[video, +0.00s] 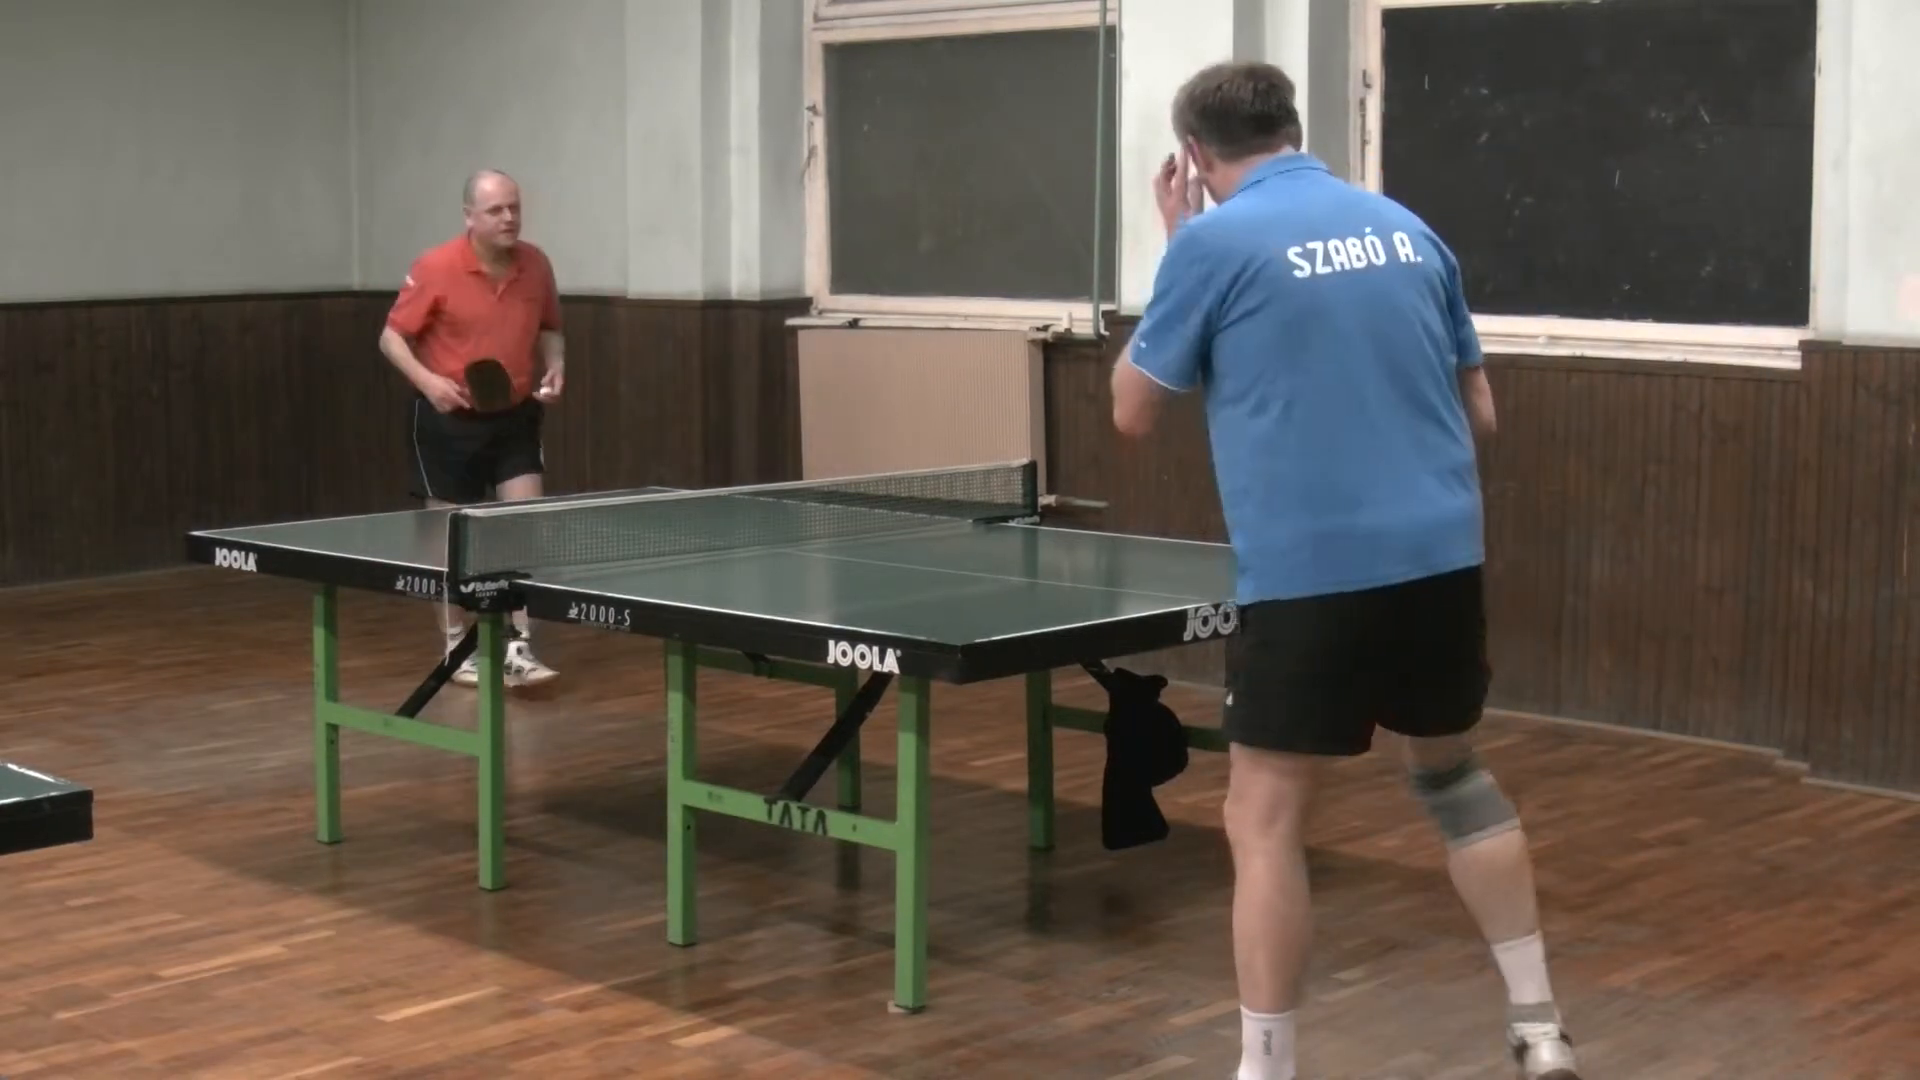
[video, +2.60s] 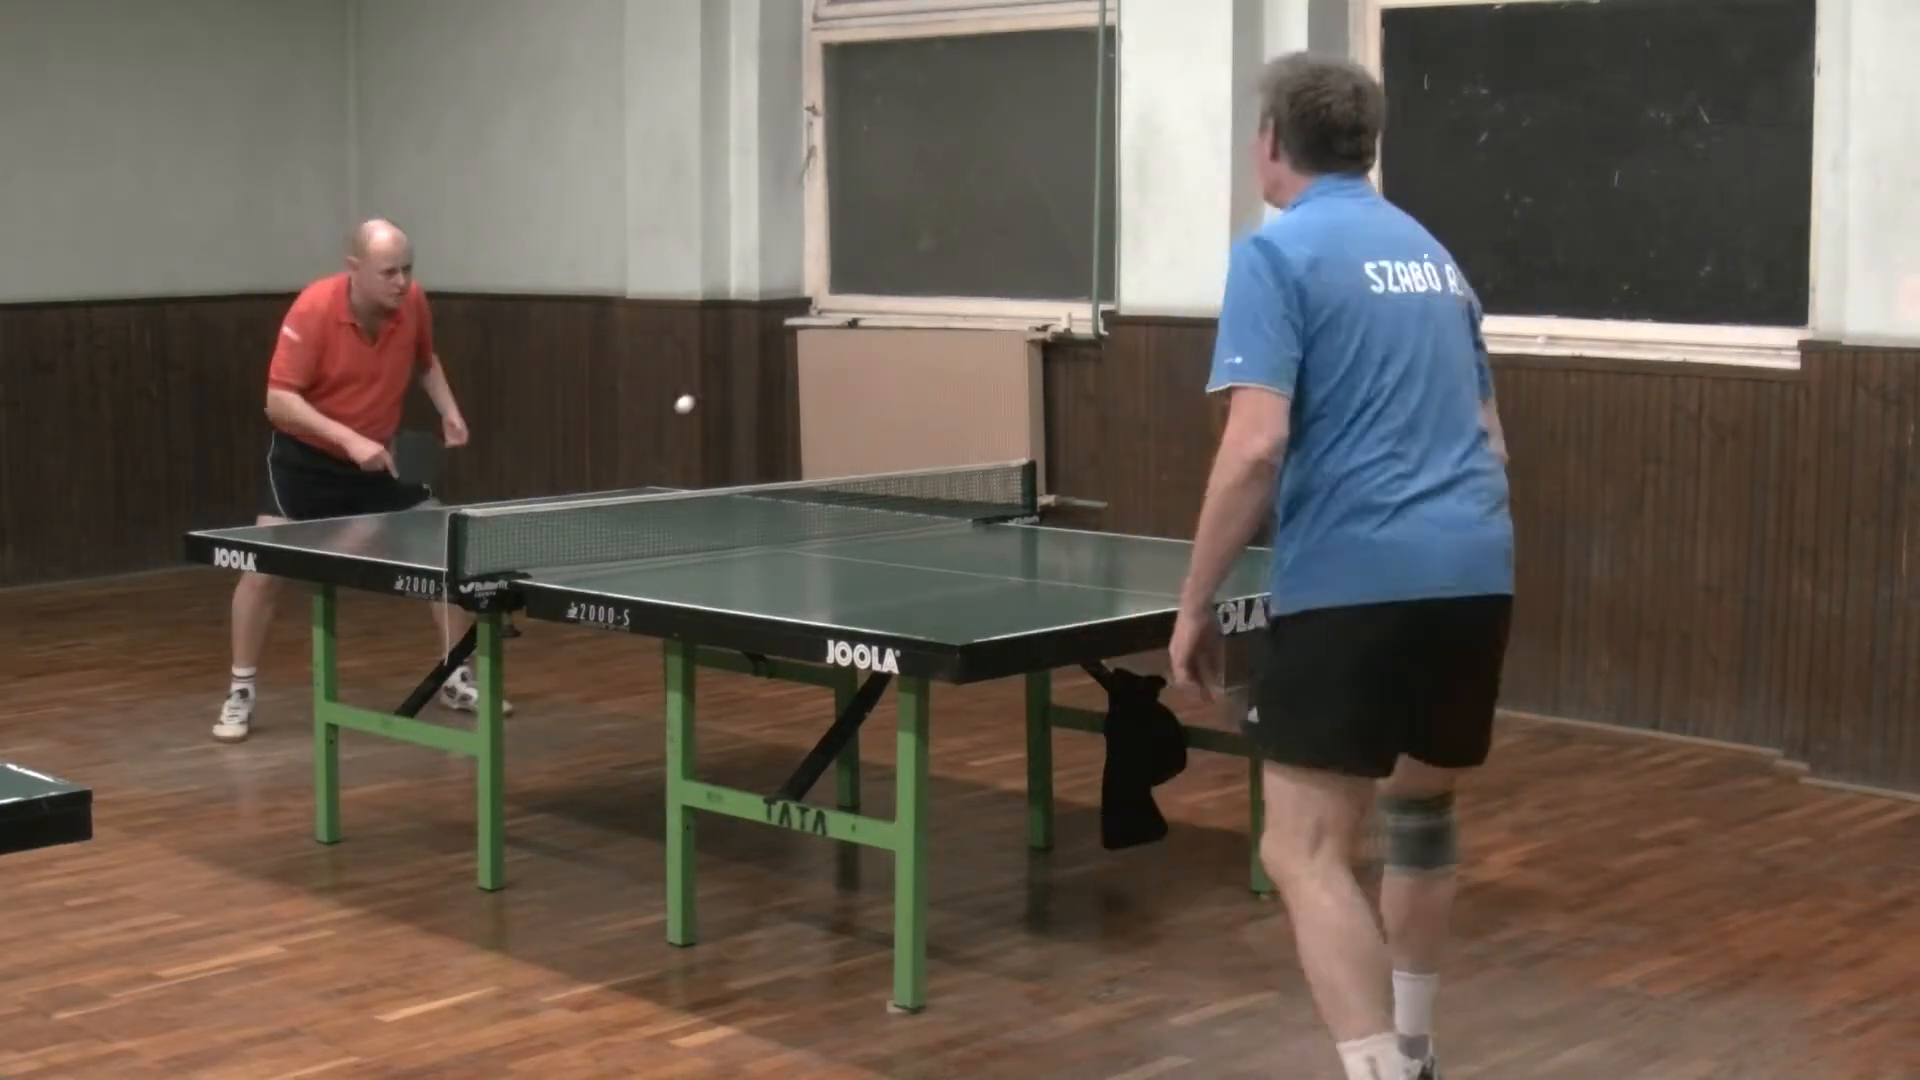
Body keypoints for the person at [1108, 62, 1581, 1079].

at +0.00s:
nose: (1188, 177)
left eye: (1187, 165)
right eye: (1187, 167)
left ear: (1199, 159)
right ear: (1297, 135)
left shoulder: (1216, 242)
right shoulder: (1407, 228)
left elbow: (1133, 413)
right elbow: (1478, 411)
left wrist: (1179, 252)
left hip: (1303, 574)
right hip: (1443, 558)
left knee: (1265, 817)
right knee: (1451, 768)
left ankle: (1265, 1066)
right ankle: (1540, 1027)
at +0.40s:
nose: (1290, 200)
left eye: (1287, 182)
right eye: (1290, 183)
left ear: (1303, 172)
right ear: (1384, 162)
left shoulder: (1326, 258)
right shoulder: (1490, 253)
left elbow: (1281, 453)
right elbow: (1551, 438)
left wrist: (1270, 376)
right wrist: (1356, 464)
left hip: (1409, 578)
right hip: (1546, 570)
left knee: (1279, 803)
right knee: (1549, 812)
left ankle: (1253, 1057)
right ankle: (1588, 1060)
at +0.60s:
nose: (1268, 246)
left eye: (1263, 231)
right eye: (1264, 232)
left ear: (1279, 215)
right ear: (1361, 200)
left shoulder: (1300, 280)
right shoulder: (1467, 269)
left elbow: (1323, 444)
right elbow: (1560, 452)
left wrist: (1303, 531)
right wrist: (1380, 521)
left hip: (1425, 575)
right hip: (1552, 563)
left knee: (1335, 828)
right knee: (1555, 814)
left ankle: (1256, 1063)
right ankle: (1587, 1062)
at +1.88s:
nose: (1257, 277)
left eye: (1259, 265)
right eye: (1265, 266)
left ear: (1273, 265)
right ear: (1360, 268)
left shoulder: (1233, 336)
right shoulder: (1418, 352)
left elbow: (1168, 508)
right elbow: (1468, 511)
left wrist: (1198, 630)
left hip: (1300, 639)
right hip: (1438, 636)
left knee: (1187, 845)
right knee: (1469, 817)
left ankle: (1194, 1064)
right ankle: (1535, 1011)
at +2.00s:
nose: (1224, 283)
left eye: (1226, 272)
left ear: (1239, 272)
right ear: (1326, 281)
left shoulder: (1197, 339)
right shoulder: (1379, 367)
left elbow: (1131, 510)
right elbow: (1387, 522)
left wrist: (1151, 641)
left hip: (1267, 644)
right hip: (1405, 639)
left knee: (1146, 845)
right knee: (1423, 801)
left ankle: (1179, 1067)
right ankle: (1519, 1014)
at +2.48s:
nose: (1229, 170)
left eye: (1231, 153)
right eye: (1232, 153)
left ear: (1250, 154)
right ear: (1341, 156)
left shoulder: (1267, 246)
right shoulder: (1396, 247)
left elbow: (1242, 428)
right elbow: (1386, 439)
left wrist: (1170, 587)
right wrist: (1277, 625)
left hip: (1344, 565)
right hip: (1459, 559)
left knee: (1234, 818)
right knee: (1394, 803)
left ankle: (1306, 1066)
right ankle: (1407, 1056)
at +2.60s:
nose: (1252, 152)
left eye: (1255, 136)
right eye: (1255, 136)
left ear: (1272, 145)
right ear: (1368, 148)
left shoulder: (1275, 248)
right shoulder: (1430, 251)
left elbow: (1256, 444)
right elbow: (1487, 439)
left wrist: (1194, 605)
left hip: (1348, 590)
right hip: (1473, 583)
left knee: (1307, 849)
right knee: (1418, 814)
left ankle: (1376, 1066)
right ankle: (1406, 1047)